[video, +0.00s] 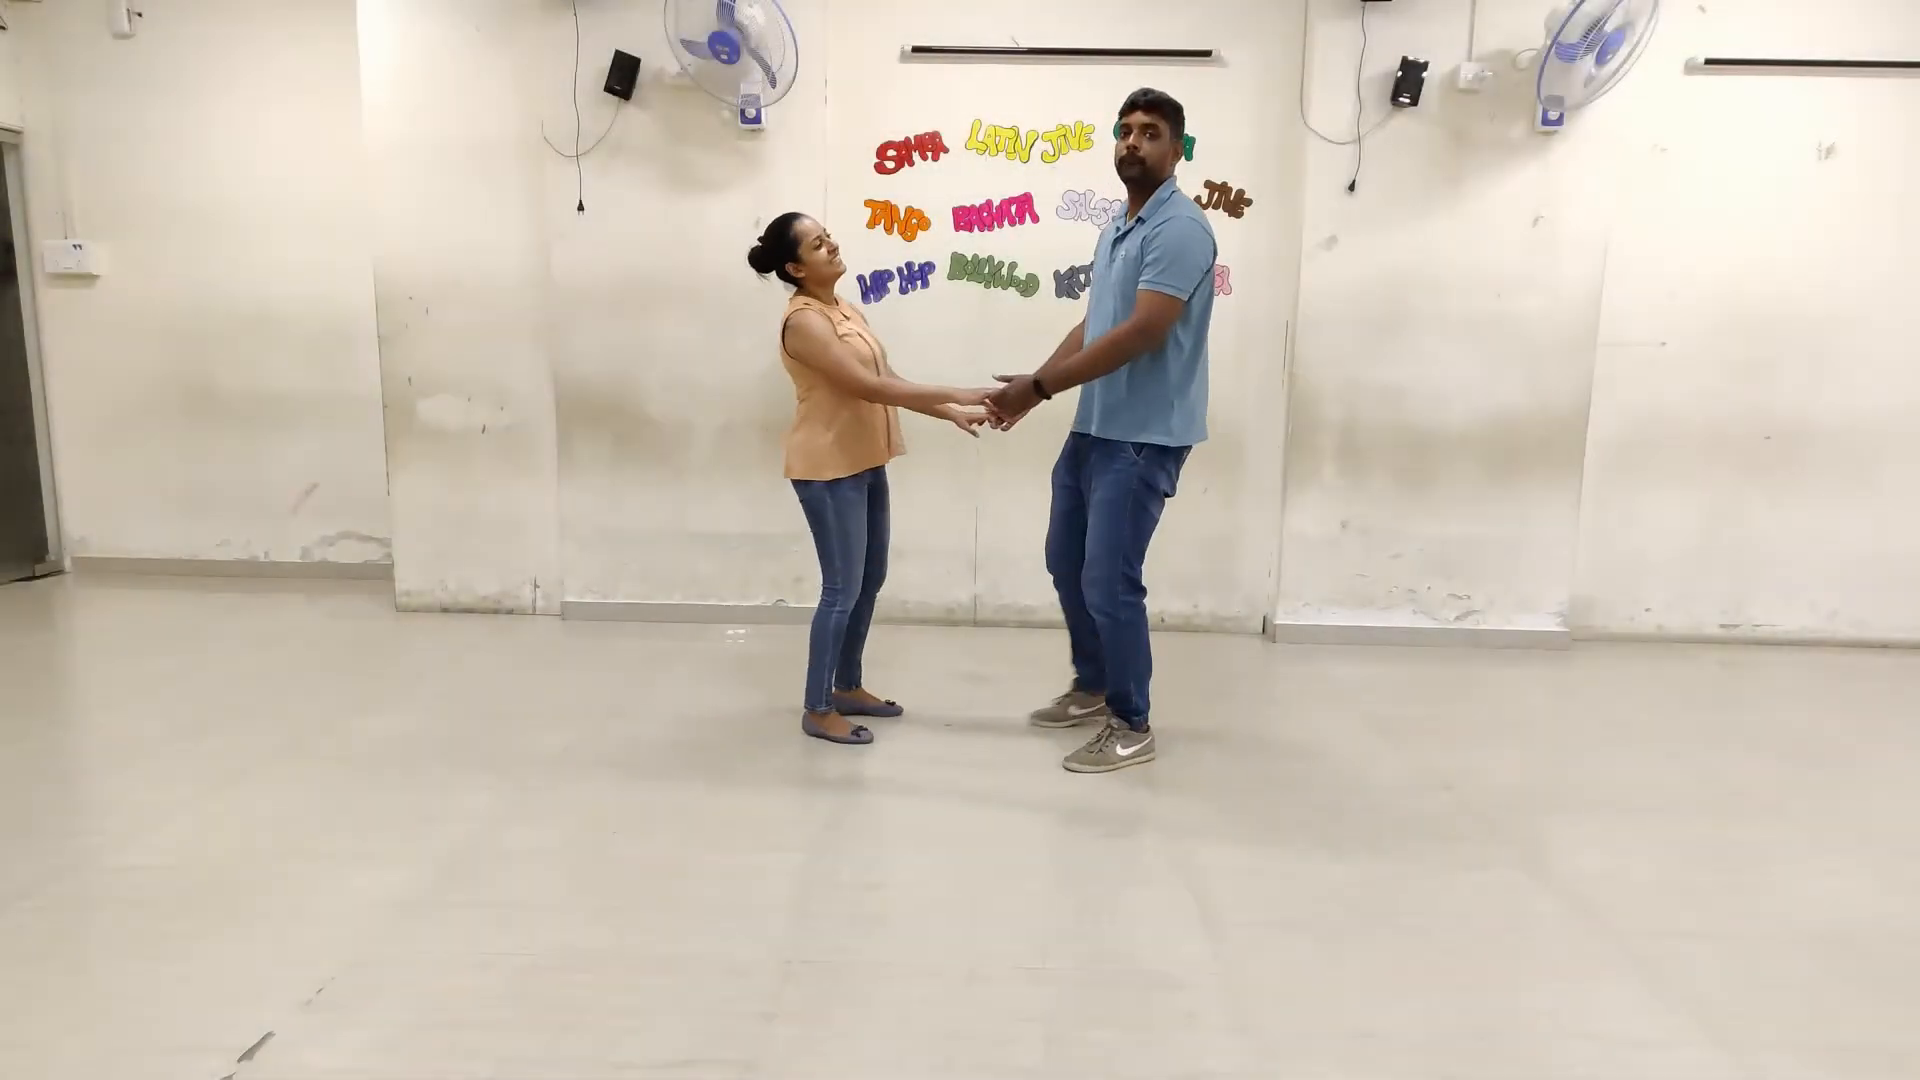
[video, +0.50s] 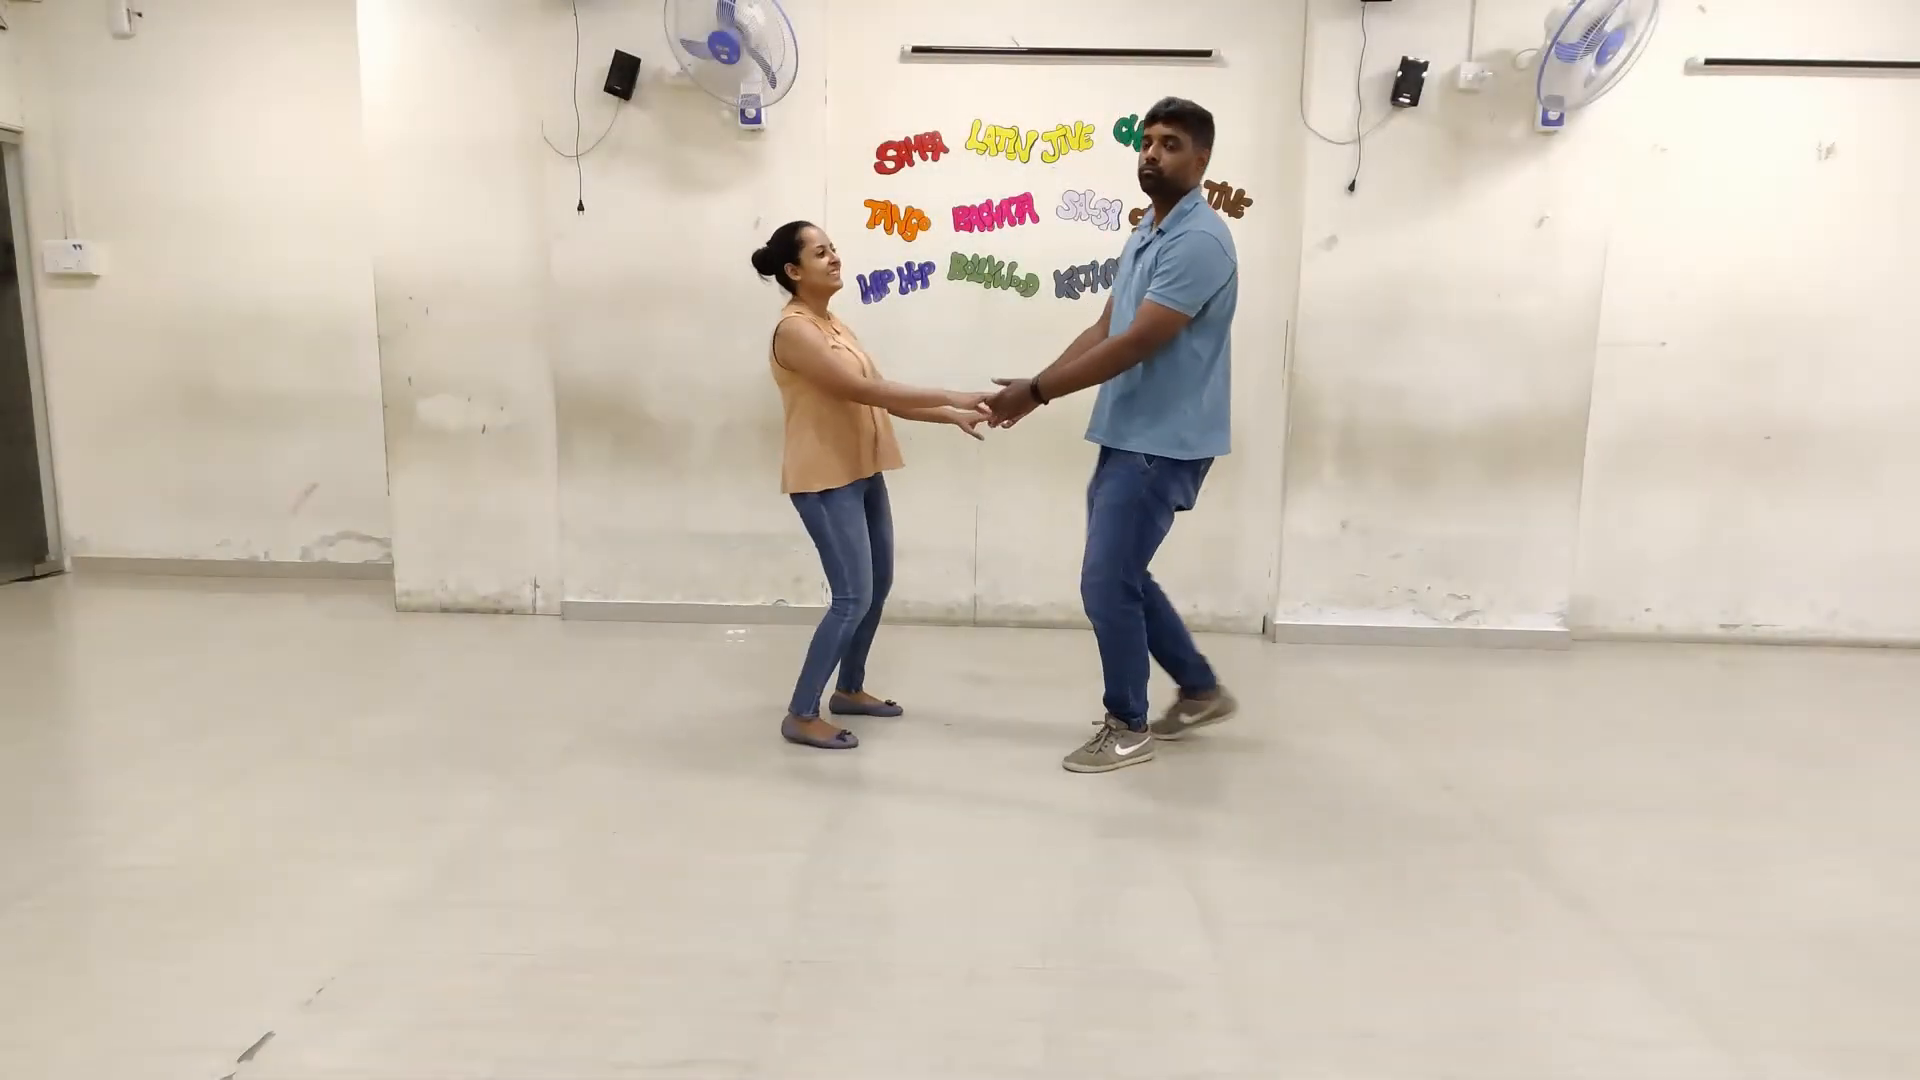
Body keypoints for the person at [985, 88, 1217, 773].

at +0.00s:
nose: (1133, 143)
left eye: (1150, 134)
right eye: (1126, 133)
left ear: (1177, 150)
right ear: (1115, 146)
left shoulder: (1183, 228)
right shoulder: (1116, 232)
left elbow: (1147, 330)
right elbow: (1090, 328)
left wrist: (1044, 384)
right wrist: (1032, 386)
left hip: (1145, 436)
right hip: (1095, 428)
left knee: (1111, 580)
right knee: (1067, 560)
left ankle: (1132, 727)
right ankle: (1096, 687)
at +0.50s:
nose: (1151, 153)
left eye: (1170, 144)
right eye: (1147, 142)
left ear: (1202, 161)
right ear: (1139, 153)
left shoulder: (1200, 240)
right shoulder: (1148, 233)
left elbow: (1142, 342)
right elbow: (1105, 329)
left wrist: (1039, 389)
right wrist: (1033, 389)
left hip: (1164, 442)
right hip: (1126, 435)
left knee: (1107, 583)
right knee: (1118, 574)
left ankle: (1127, 725)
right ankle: (1202, 689)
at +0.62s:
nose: (1152, 155)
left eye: (1168, 146)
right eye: (1151, 145)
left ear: (1208, 160)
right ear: (1152, 158)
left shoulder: (1210, 241)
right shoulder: (1166, 237)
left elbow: (1147, 338)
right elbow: (1116, 326)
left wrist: (1044, 383)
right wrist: (1034, 373)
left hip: (1178, 445)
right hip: (1161, 441)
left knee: (1114, 580)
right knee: (1167, 576)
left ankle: (1127, 727)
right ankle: (1225, 709)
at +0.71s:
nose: (1152, 149)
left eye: (1167, 138)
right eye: (1153, 139)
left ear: (1208, 150)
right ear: (1169, 153)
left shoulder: (1214, 231)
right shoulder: (1175, 229)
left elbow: (1160, 331)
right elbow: (1128, 320)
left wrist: (1059, 365)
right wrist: (1046, 352)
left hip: (1196, 437)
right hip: (1189, 433)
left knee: (1137, 575)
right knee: (1195, 570)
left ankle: (1126, 727)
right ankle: (1228, 711)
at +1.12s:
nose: (1122, 165)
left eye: (1137, 156)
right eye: (1126, 154)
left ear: (1175, 169)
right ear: (1162, 170)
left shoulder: (1188, 239)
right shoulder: (1158, 241)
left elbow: (1157, 342)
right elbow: (1122, 331)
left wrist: (1050, 364)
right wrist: (1045, 357)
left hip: (1183, 441)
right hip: (1180, 438)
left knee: (1099, 560)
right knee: (1169, 576)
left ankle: (1096, 711)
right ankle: (1227, 710)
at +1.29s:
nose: (1084, 180)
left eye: (1097, 170)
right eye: (1087, 169)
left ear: (1134, 182)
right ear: (1129, 183)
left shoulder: (1147, 256)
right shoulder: (1133, 252)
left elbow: (1147, 367)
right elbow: (1110, 361)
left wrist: (1057, 412)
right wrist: (1047, 402)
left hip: (1135, 451)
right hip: (1149, 448)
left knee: (1060, 573)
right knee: (1117, 579)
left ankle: (1085, 713)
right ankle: (1213, 693)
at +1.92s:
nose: (1100, 175)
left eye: (1114, 167)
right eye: (1104, 165)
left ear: (1153, 180)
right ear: (1131, 178)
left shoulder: (1170, 251)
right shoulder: (1127, 254)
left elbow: (1161, 352)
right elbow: (1083, 341)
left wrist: (1064, 377)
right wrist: (1002, 363)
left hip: (1158, 450)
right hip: (1135, 446)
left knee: (1075, 569)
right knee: (1116, 573)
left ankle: (1082, 713)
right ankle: (1222, 673)